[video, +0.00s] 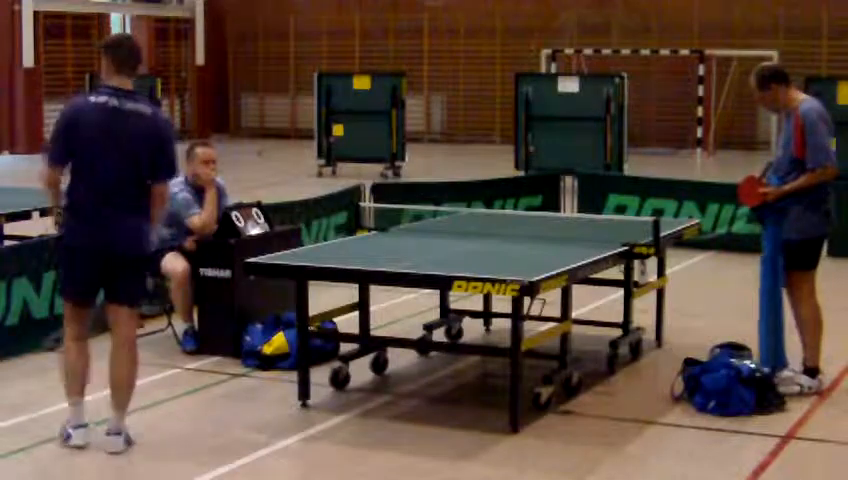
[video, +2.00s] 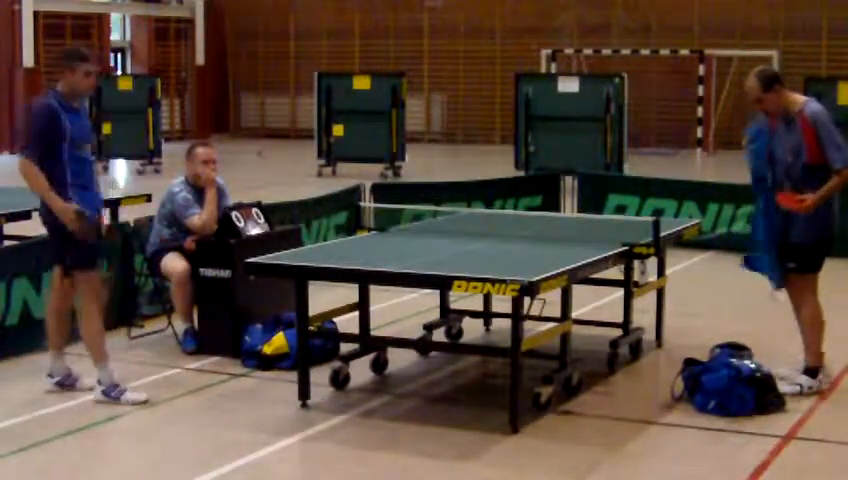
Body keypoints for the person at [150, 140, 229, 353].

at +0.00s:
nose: (211, 169)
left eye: (214, 163)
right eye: (205, 163)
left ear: (217, 164)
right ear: (190, 166)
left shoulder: (218, 187)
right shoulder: (177, 190)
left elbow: (221, 222)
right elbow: (203, 226)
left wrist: (198, 237)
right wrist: (211, 190)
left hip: (200, 239)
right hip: (168, 242)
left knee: (227, 261)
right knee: (180, 270)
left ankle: (223, 319)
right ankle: (188, 326)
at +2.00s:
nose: (212, 168)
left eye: (214, 163)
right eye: (205, 163)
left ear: (217, 164)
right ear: (190, 166)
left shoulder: (217, 187)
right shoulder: (178, 192)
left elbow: (224, 223)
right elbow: (204, 227)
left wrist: (197, 238)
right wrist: (211, 189)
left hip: (199, 241)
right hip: (166, 245)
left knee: (227, 262)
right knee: (181, 270)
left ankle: (223, 321)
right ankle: (189, 328)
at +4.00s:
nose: (207, 166)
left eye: (210, 161)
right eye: (202, 161)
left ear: (214, 165)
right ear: (187, 164)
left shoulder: (214, 188)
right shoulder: (171, 191)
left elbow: (224, 224)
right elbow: (195, 225)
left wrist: (199, 236)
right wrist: (205, 189)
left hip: (198, 241)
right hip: (165, 243)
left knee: (227, 260)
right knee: (183, 267)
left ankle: (222, 321)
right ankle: (188, 326)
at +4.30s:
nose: (199, 161)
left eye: (201, 155)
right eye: (193, 155)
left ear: (204, 160)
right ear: (176, 159)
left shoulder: (207, 185)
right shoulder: (163, 188)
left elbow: (222, 217)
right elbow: (165, 228)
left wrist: (201, 234)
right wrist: (193, 195)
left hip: (200, 241)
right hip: (169, 243)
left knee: (225, 260)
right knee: (182, 267)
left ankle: (222, 320)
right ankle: (188, 325)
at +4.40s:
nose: (194, 159)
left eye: (195, 153)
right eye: (187, 153)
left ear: (199, 158)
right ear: (171, 158)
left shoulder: (202, 184)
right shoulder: (163, 185)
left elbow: (219, 207)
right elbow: (165, 216)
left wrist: (217, 220)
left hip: (202, 240)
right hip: (173, 244)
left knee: (225, 262)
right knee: (184, 267)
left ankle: (222, 319)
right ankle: (188, 325)